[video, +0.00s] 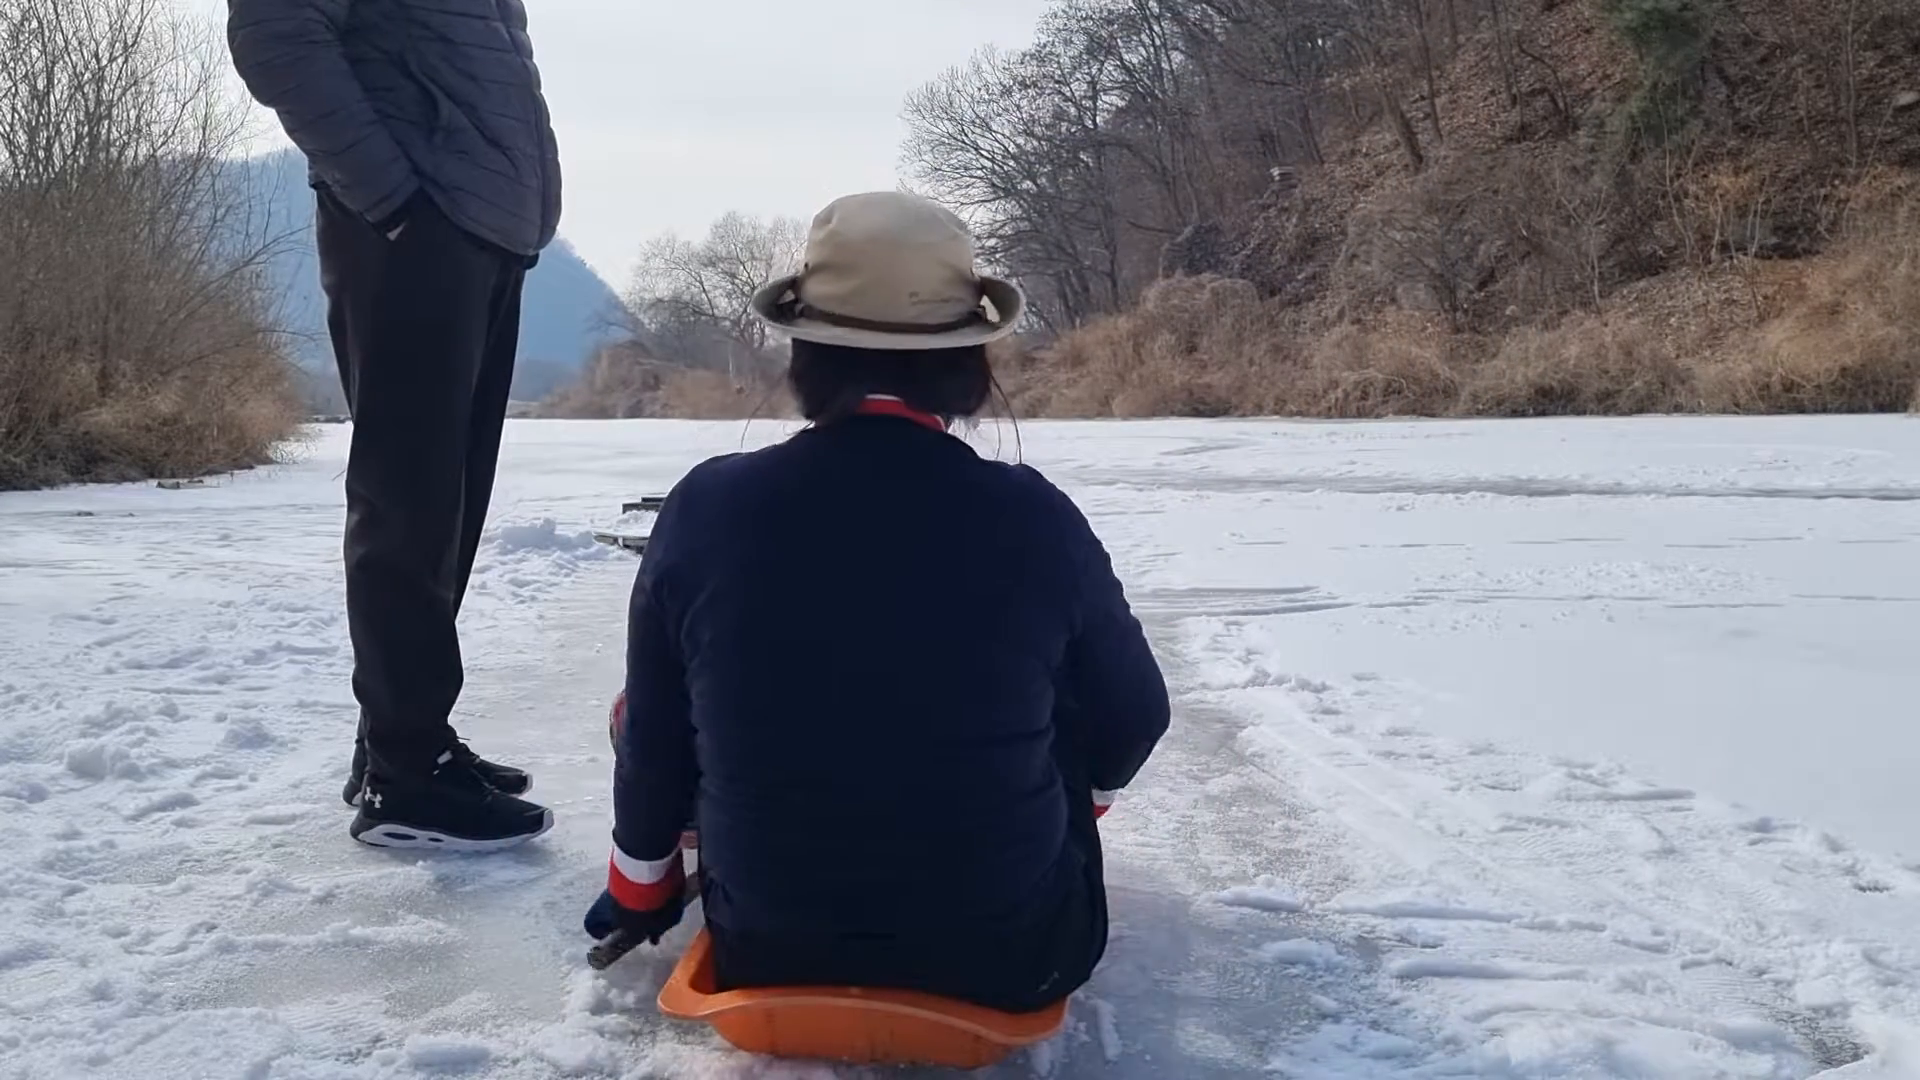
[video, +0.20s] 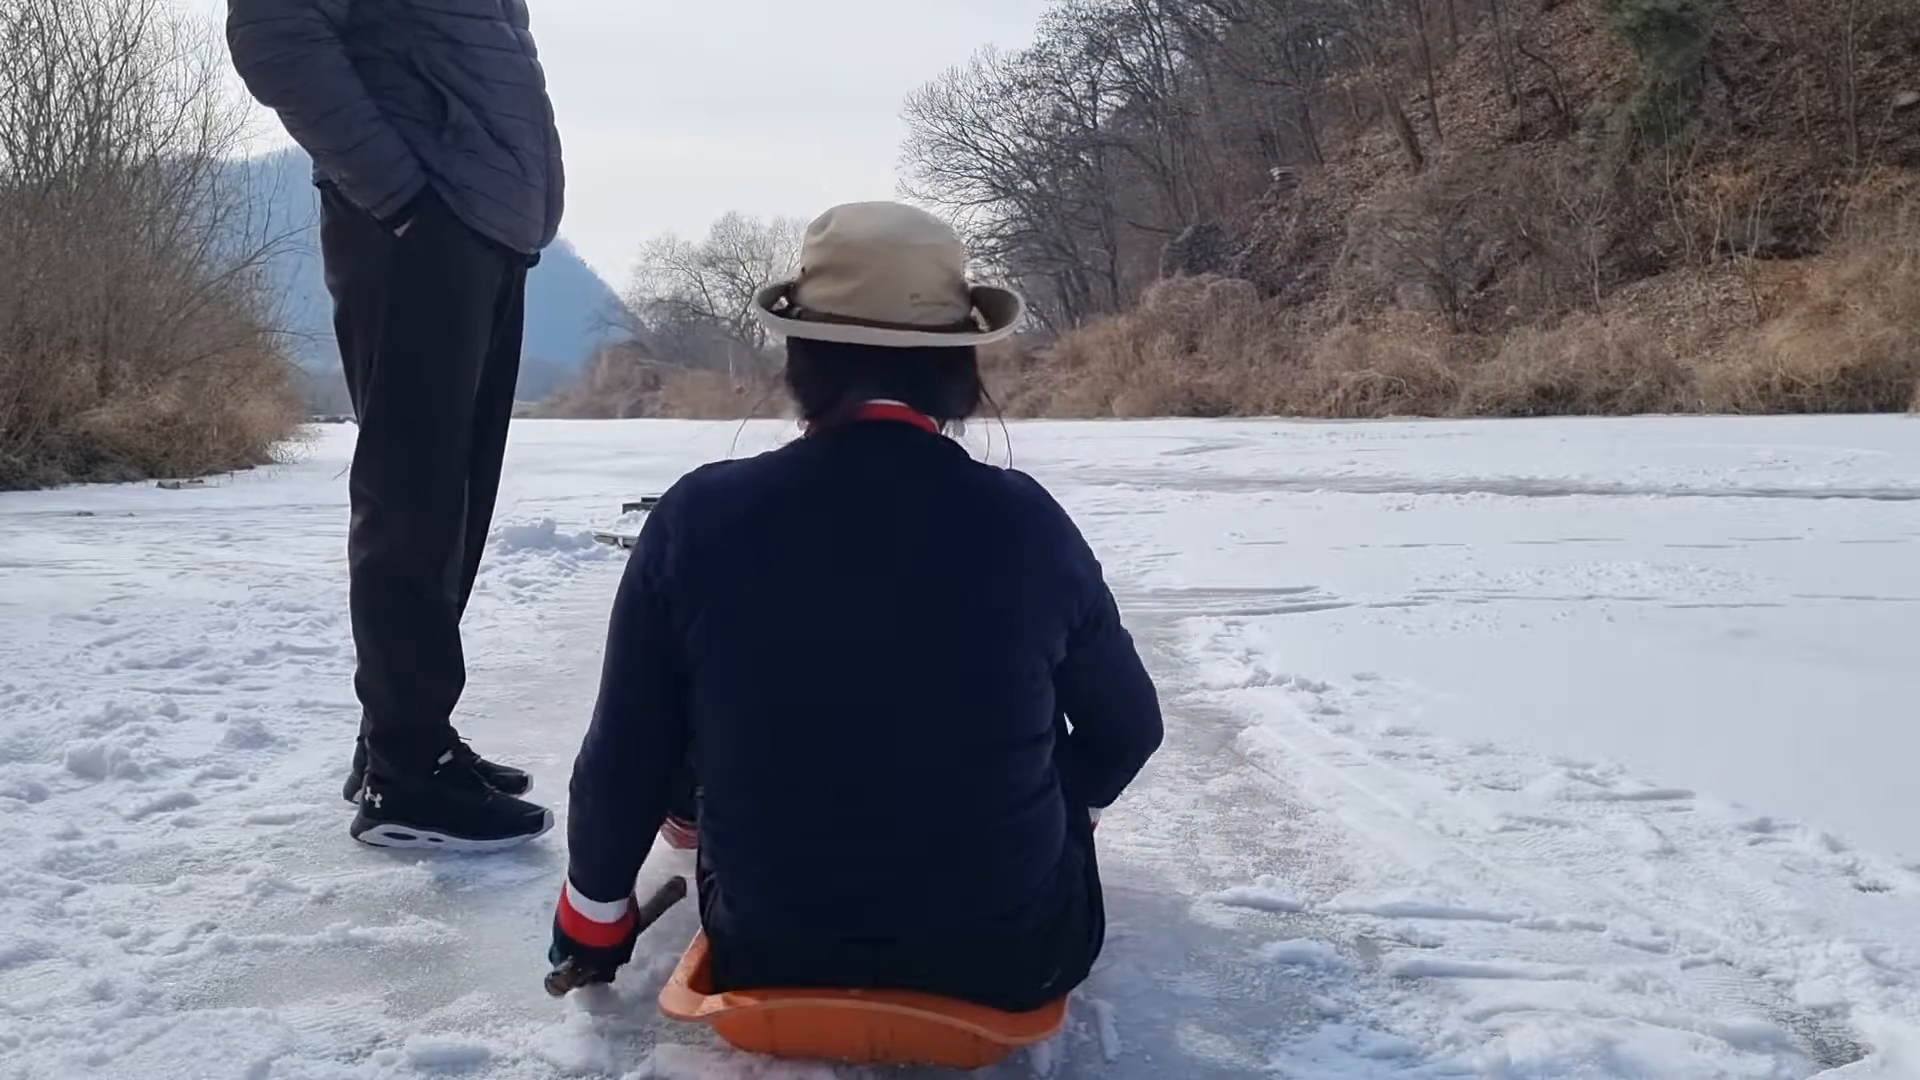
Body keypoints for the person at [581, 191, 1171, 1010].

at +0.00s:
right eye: (985, 343)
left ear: (806, 356)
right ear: (973, 365)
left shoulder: (709, 502)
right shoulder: (1034, 511)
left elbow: (654, 727)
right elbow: (1135, 706)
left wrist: (641, 883)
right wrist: (1053, 792)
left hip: (771, 949)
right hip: (1000, 960)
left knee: (645, 697)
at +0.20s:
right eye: (970, 349)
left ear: (801, 362)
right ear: (961, 367)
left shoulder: (702, 511)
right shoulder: (1027, 516)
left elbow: (624, 753)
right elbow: (1128, 721)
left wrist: (592, 920)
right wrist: (1024, 789)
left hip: (774, 956)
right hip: (998, 964)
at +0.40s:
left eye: (770, 352)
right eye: (955, 348)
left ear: (781, 370)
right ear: (944, 369)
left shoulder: (686, 517)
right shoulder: (1014, 515)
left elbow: (622, 758)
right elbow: (1134, 721)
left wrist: (566, 935)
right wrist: (1087, 841)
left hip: (768, 950)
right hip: (996, 959)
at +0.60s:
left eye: (758, 359)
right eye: (943, 352)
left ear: (771, 373)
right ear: (932, 369)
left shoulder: (688, 519)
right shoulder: (1012, 513)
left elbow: (626, 763)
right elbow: (1132, 691)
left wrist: (541, 903)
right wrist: (1086, 807)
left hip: (769, 951)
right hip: (994, 960)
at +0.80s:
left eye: (774, 360)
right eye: (956, 350)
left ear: (785, 375)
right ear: (946, 368)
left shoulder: (698, 517)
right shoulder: (1023, 513)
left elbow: (630, 768)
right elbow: (1131, 661)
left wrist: (547, 869)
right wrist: (1139, 714)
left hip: (769, 953)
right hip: (992, 962)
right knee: (1035, 660)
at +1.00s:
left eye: (803, 351)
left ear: (815, 370)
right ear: (968, 368)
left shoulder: (722, 505)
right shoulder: (1034, 513)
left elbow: (638, 751)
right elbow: (1114, 623)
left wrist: (564, 824)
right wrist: (1151, 648)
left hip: (774, 954)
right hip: (995, 968)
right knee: (1036, 664)